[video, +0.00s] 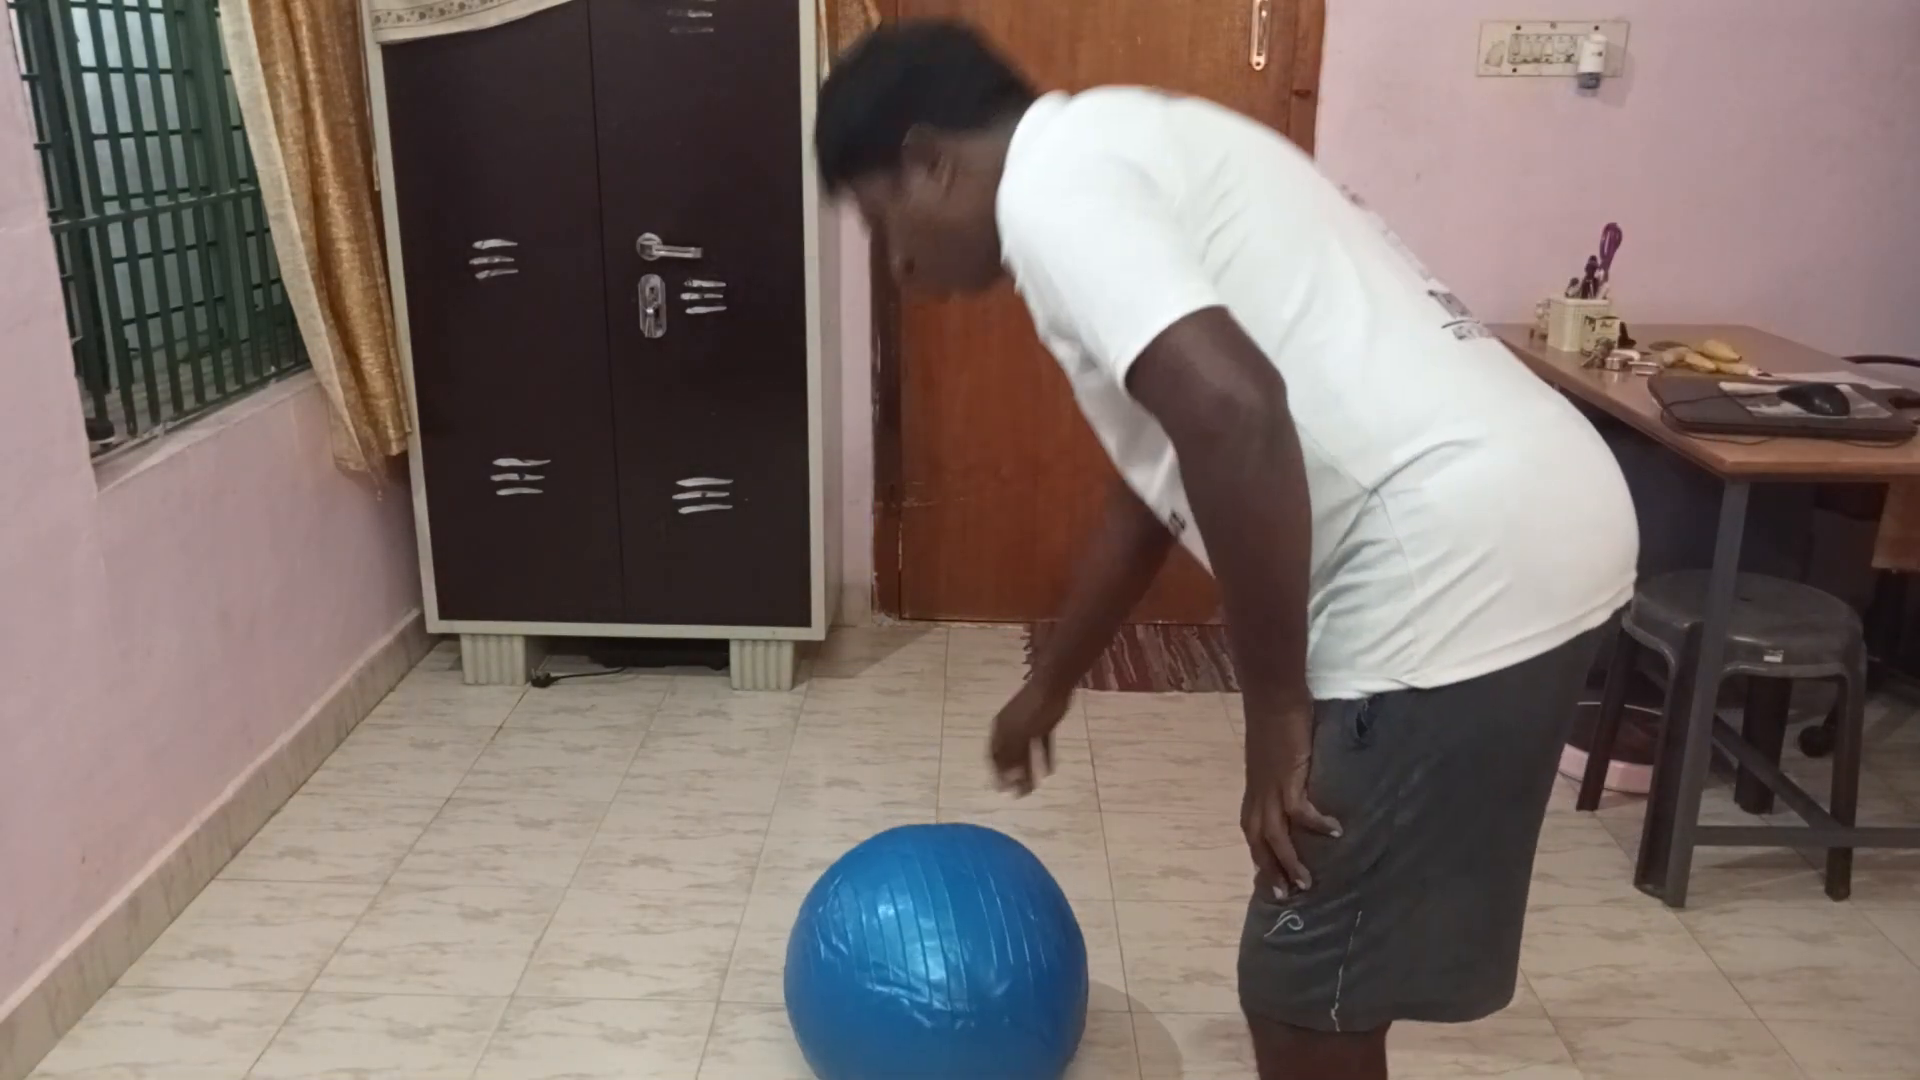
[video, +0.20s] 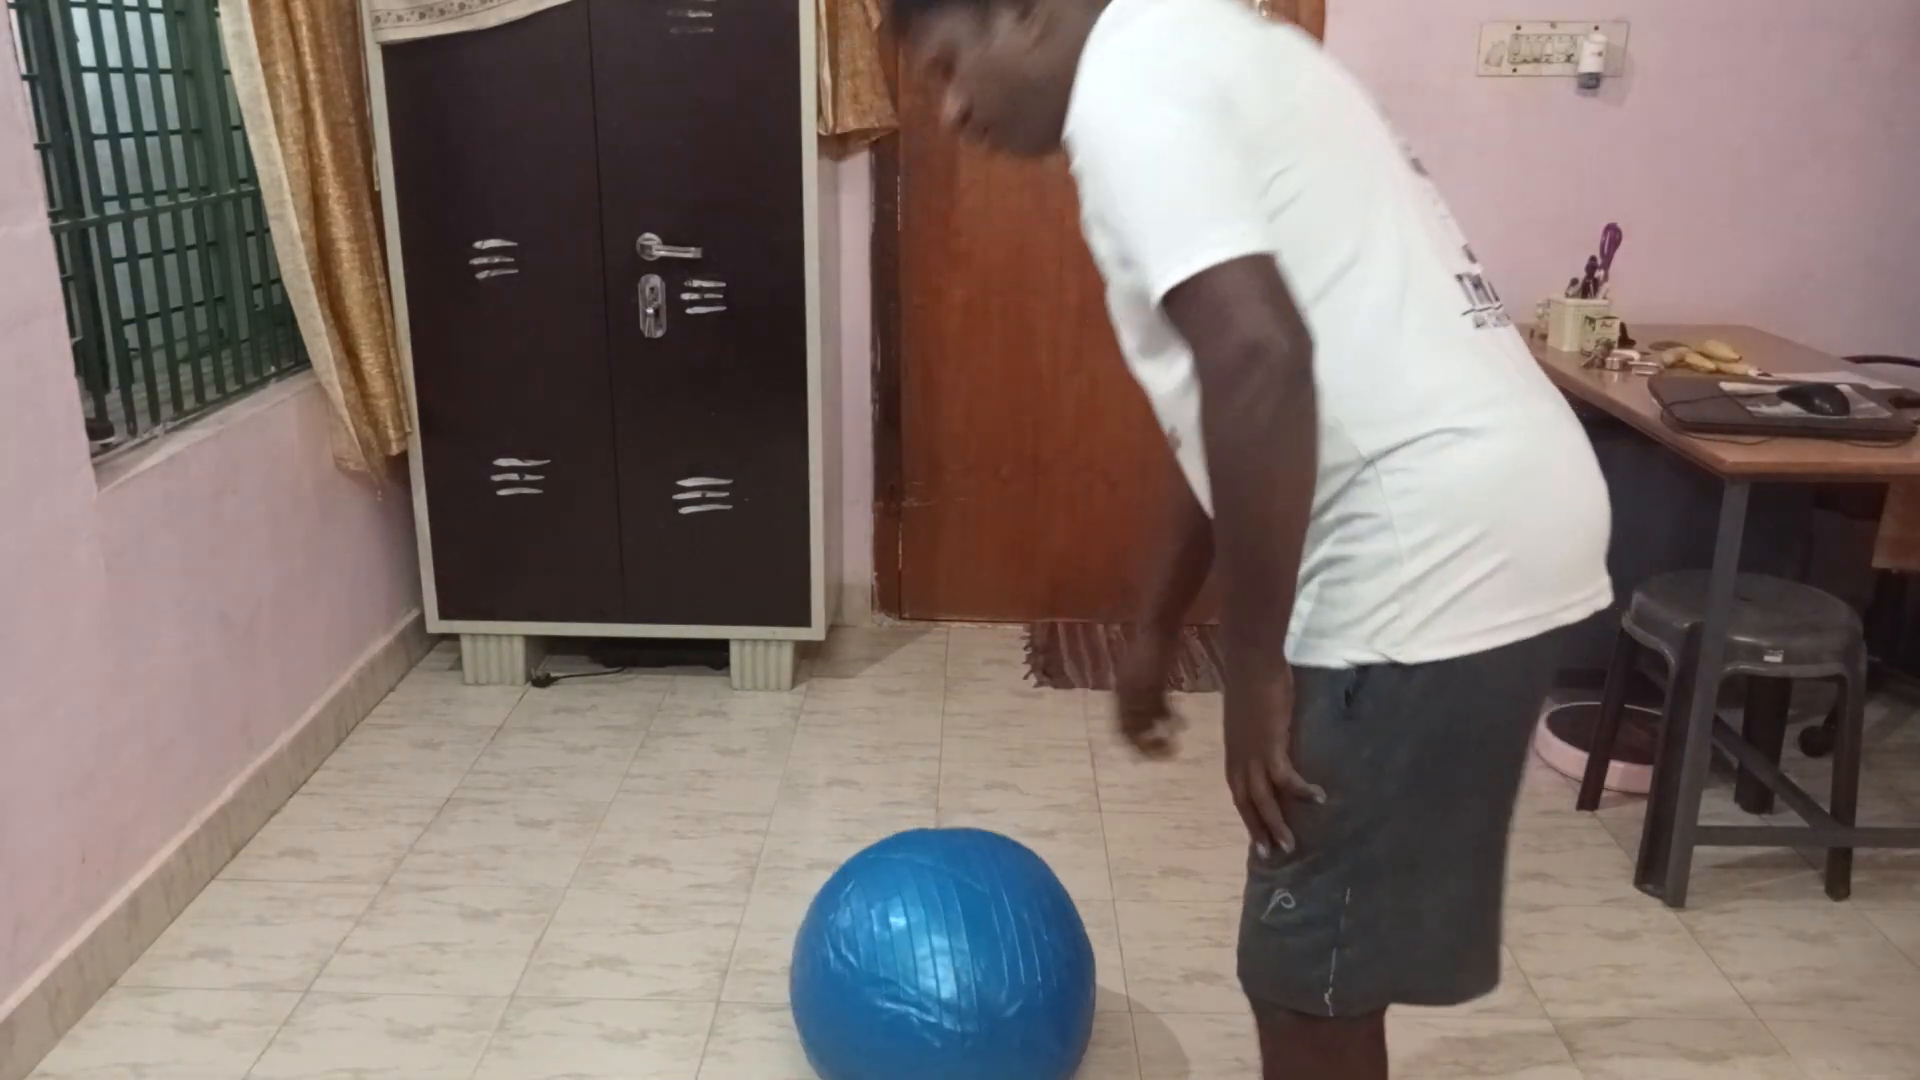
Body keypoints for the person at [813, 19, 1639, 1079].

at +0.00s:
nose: (891, 265)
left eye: (876, 222)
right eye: (871, 235)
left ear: (931, 160)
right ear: (936, 154)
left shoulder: (1057, 179)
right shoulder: (1121, 144)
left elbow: (1235, 415)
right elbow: (1160, 477)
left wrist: (1275, 719)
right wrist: (1048, 681)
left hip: (1454, 562)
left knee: (1304, 986)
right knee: (1323, 974)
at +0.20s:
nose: (949, 112)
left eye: (947, 66)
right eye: (931, 86)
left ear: (1023, 9)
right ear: (1037, 9)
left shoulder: (1133, 74)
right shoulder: (1199, 46)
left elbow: (1258, 359)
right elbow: (1233, 388)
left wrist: (1254, 669)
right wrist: (1157, 622)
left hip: (1422, 561)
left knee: (1305, 979)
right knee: (1327, 969)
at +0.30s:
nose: (988, 43)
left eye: (994, 6)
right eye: (977, 21)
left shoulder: (1185, 48)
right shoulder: (1224, 34)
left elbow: (1306, 324)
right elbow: (1261, 348)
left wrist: (1258, 630)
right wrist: (1210, 596)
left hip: (1418, 546)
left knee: (1322, 967)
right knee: (1331, 956)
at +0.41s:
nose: (1038, 13)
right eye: (1032, 5)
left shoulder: (1258, 26)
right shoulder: (1213, 36)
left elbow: (1366, 284)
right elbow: (1280, 312)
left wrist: (1268, 583)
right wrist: (1238, 558)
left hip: (1435, 536)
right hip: (1374, 526)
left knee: (1353, 931)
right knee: (1307, 835)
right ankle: (1341, 1059)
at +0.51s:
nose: (1117, 6)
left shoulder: (1321, 15)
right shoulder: (1241, 33)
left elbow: (1418, 261)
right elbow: (1303, 295)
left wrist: (1288, 542)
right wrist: (1251, 526)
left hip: (1449, 529)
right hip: (1357, 522)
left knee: (1391, 916)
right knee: (1311, 823)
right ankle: (1324, 1063)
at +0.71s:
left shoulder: (1474, 12)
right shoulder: (1302, 20)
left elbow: (1530, 241)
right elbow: (1310, 269)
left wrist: (1341, 511)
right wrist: (1237, 494)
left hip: (1488, 537)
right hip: (1347, 526)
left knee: (1500, 905)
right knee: (1337, 824)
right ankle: (1326, 1070)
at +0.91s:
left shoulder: (1647, 14)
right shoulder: (1373, 15)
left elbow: (1697, 259)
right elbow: (1343, 262)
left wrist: (1496, 546)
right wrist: (1249, 467)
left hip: (1591, 575)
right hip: (1387, 547)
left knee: (1622, 919)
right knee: (1384, 838)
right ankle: (1334, 1070)